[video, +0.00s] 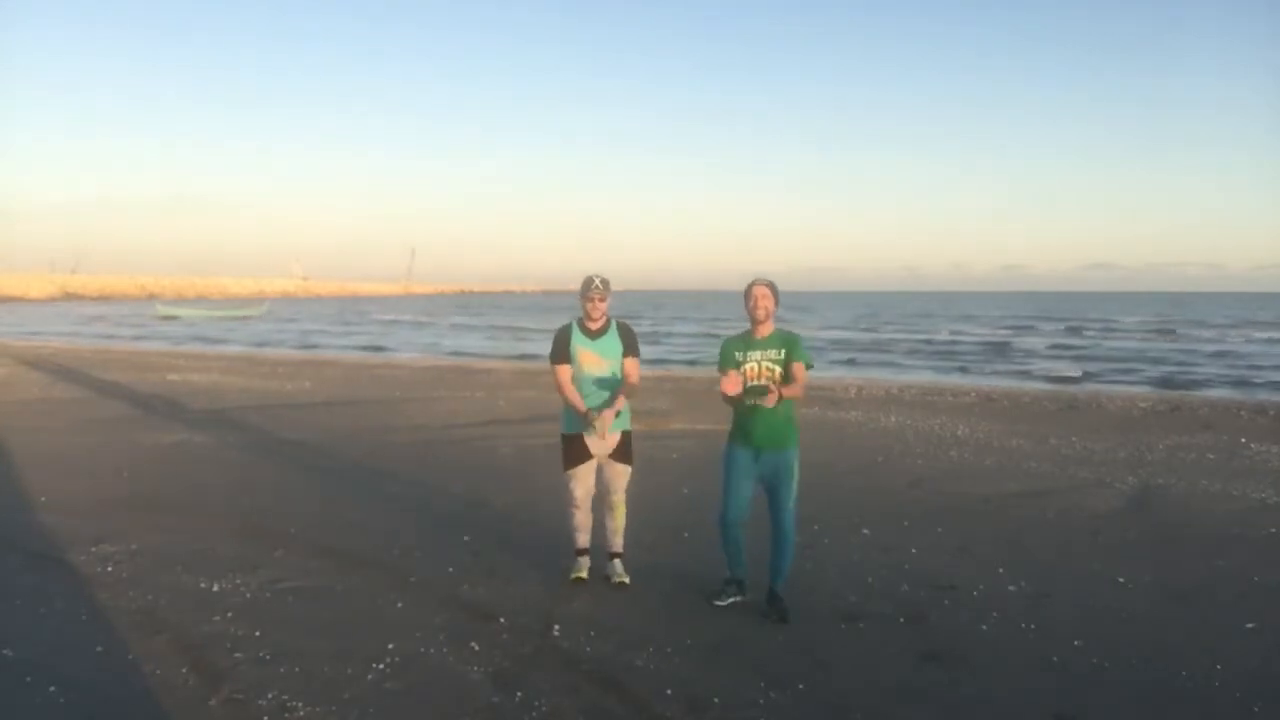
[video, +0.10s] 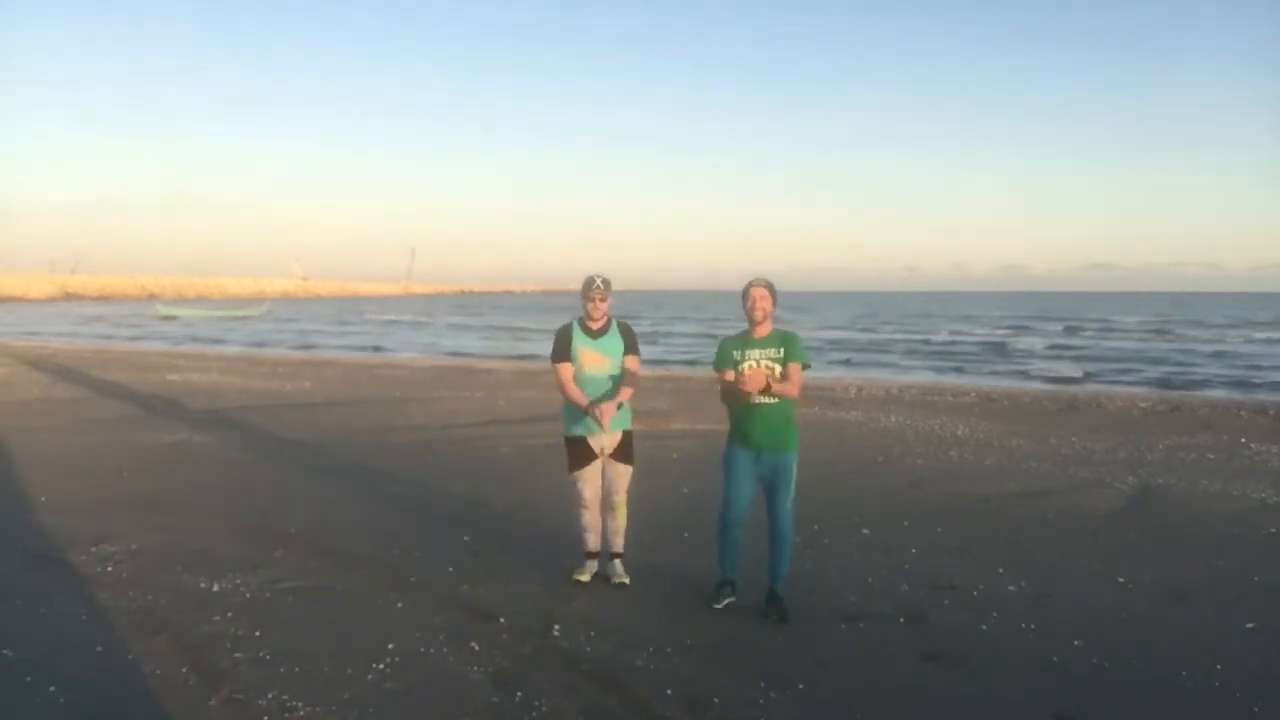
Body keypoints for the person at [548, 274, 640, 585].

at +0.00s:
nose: (595, 305)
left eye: (601, 300)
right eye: (590, 299)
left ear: (608, 301)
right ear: (581, 301)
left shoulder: (623, 332)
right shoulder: (565, 335)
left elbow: (632, 379)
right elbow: (564, 384)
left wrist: (612, 410)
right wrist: (587, 414)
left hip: (617, 426)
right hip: (578, 427)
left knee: (616, 496)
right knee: (580, 496)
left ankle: (615, 559)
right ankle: (581, 557)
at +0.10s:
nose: (596, 305)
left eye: (602, 300)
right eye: (591, 300)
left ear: (609, 301)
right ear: (582, 301)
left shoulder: (623, 331)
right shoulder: (567, 334)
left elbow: (631, 376)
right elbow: (565, 383)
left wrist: (614, 404)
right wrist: (590, 408)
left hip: (619, 428)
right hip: (581, 429)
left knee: (618, 497)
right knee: (587, 497)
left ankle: (616, 559)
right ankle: (591, 559)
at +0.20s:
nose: (596, 305)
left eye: (601, 300)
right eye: (590, 300)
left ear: (608, 301)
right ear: (581, 301)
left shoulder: (623, 331)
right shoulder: (566, 335)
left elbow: (636, 374)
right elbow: (558, 384)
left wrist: (630, 409)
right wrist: (574, 416)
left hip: (618, 428)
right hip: (580, 430)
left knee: (618, 498)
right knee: (580, 498)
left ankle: (616, 559)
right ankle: (582, 557)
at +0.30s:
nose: (594, 309)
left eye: (599, 303)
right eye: (589, 303)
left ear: (607, 304)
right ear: (579, 304)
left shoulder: (621, 336)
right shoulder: (564, 340)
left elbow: (637, 382)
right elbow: (553, 388)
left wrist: (639, 423)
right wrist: (558, 430)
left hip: (616, 434)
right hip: (575, 435)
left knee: (617, 500)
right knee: (569, 497)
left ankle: (615, 560)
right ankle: (569, 553)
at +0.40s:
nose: (590, 309)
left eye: (595, 304)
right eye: (584, 303)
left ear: (603, 305)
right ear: (575, 303)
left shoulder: (617, 336)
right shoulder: (557, 339)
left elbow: (631, 379)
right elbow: (546, 387)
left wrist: (641, 413)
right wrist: (543, 432)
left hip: (610, 433)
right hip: (566, 433)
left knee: (614, 499)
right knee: (554, 493)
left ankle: (615, 560)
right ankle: (547, 554)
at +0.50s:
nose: (582, 310)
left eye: (588, 304)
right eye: (576, 304)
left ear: (595, 306)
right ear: (566, 304)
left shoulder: (610, 337)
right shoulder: (548, 338)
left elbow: (626, 381)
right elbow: (535, 385)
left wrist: (637, 420)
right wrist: (527, 430)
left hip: (601, 434)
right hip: (557, 434)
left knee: (609, 499)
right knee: (541, 495)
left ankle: (614, 560)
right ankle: (524, 556)